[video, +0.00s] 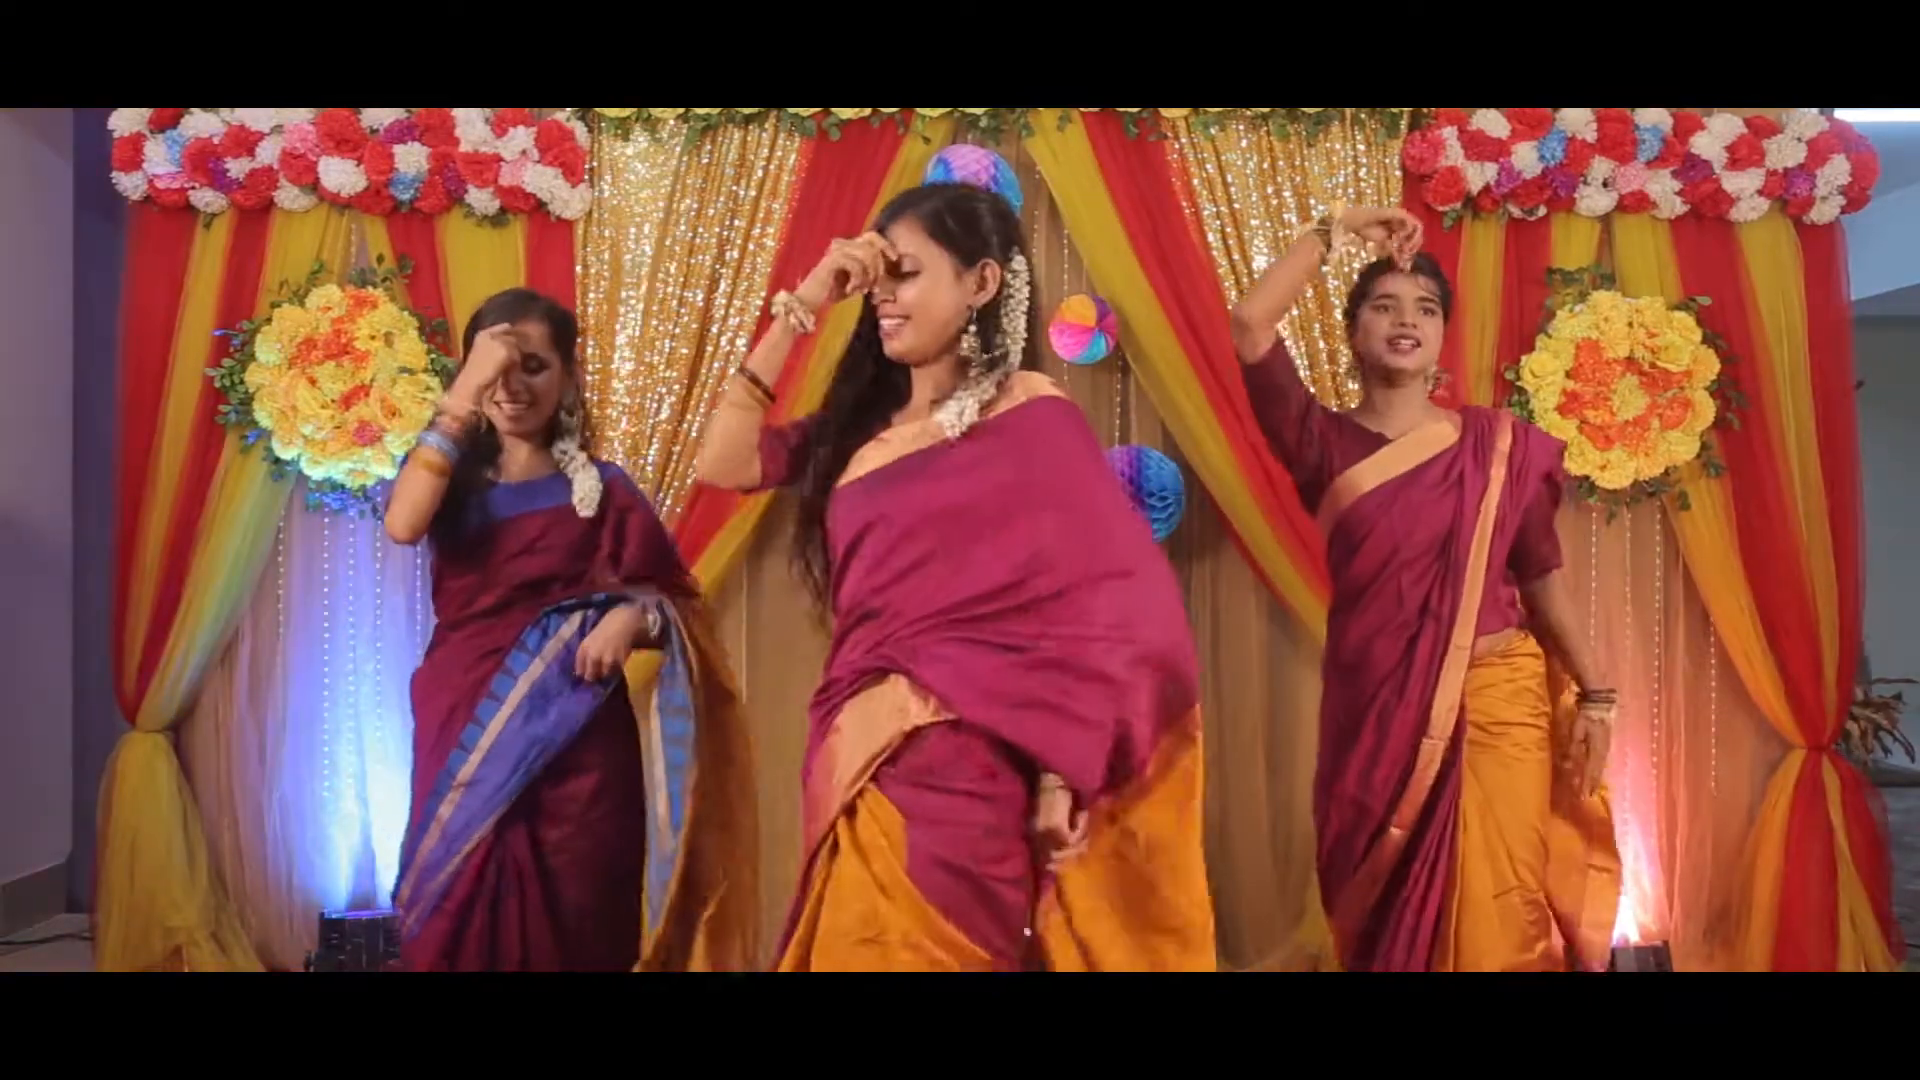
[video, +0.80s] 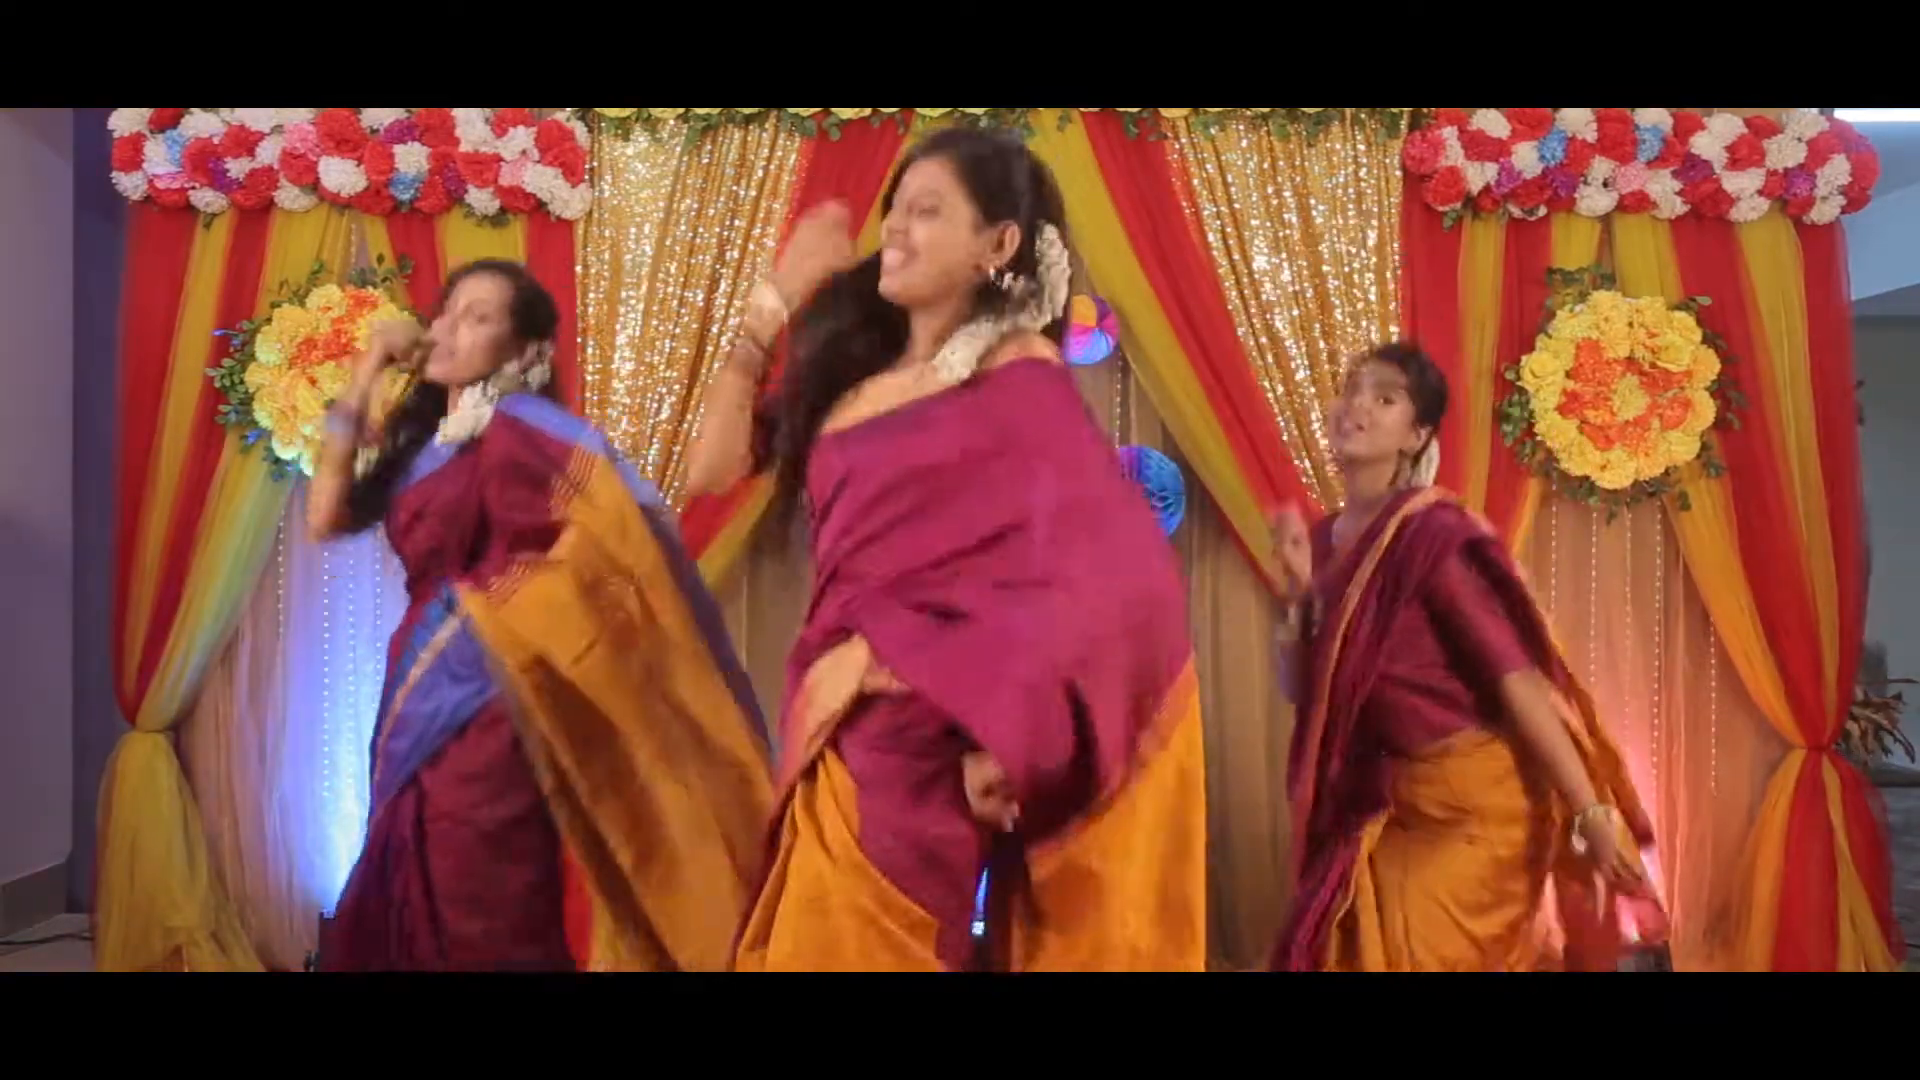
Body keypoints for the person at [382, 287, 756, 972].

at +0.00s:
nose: (513, 384)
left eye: (533, 367)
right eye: (497, 368)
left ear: (570, 380)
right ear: (472, 381)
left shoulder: (604, 486)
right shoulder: (446, 473)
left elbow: (673, 601)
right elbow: (404, 524)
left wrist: (631, 618)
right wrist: (461, 391)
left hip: (585, 739)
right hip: (464, 738)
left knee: (584, 933)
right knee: (462, 929)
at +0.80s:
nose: (444, 326)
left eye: (473, 317)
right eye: (446, 311)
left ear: (523, 352)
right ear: (433, 326)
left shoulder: (523, 429)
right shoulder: (423, 436)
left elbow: (628, 528)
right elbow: (327, 519)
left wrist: (515, 622)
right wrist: (362, 378)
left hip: (502, 684)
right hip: (422, 683)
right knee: (407, 871)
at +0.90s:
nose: (429, 406)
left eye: (455, 392)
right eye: (426, 387)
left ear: (510, 419)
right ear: (415, 396)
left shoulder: (510, 498)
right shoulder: (422, 498)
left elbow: (593, 614)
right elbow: (342, 622)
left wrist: (483, 716)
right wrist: (372, 504)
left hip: (498, 760)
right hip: (425, 751)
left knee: (438, 932)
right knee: (377, 925)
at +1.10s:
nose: (416, 475)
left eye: (442, 461)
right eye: (410, 456)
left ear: (497, 479)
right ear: (398, 464)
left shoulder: (509, 570)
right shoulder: (429, 569)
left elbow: (587, 679)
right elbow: (368, 720)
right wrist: (390, 587)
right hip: (429, 823)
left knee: (414, 956)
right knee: (351, 948)